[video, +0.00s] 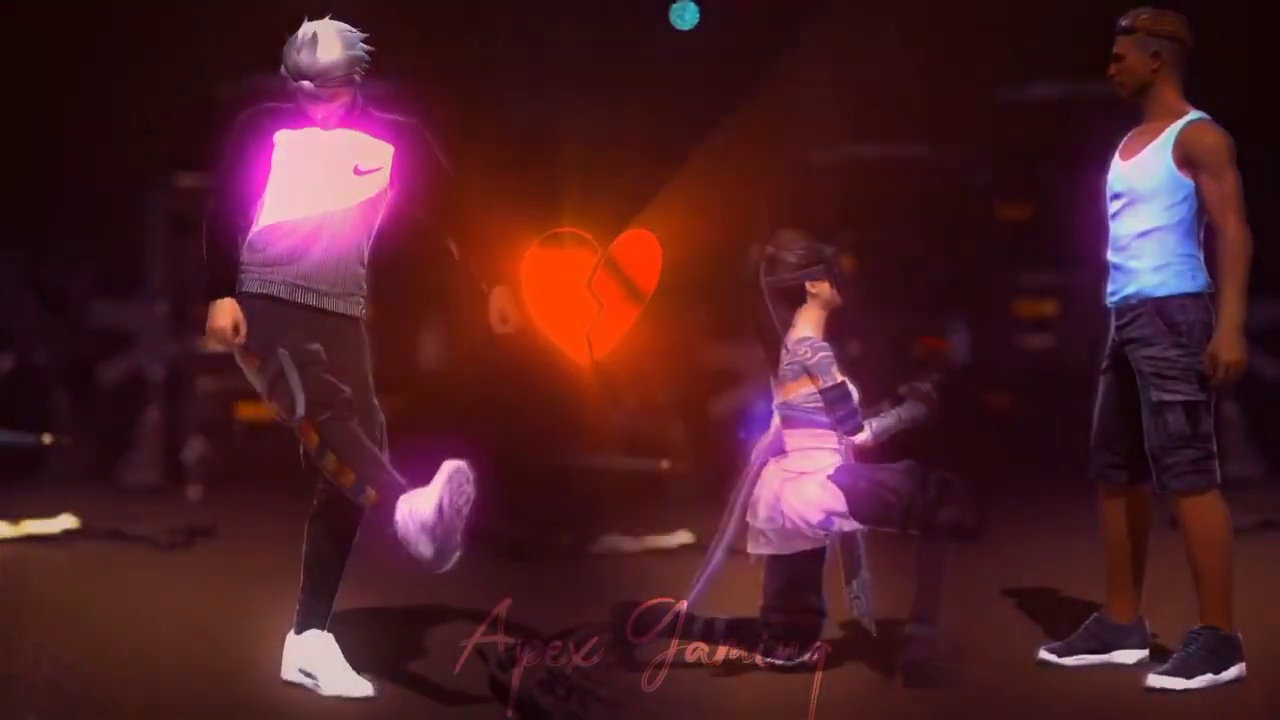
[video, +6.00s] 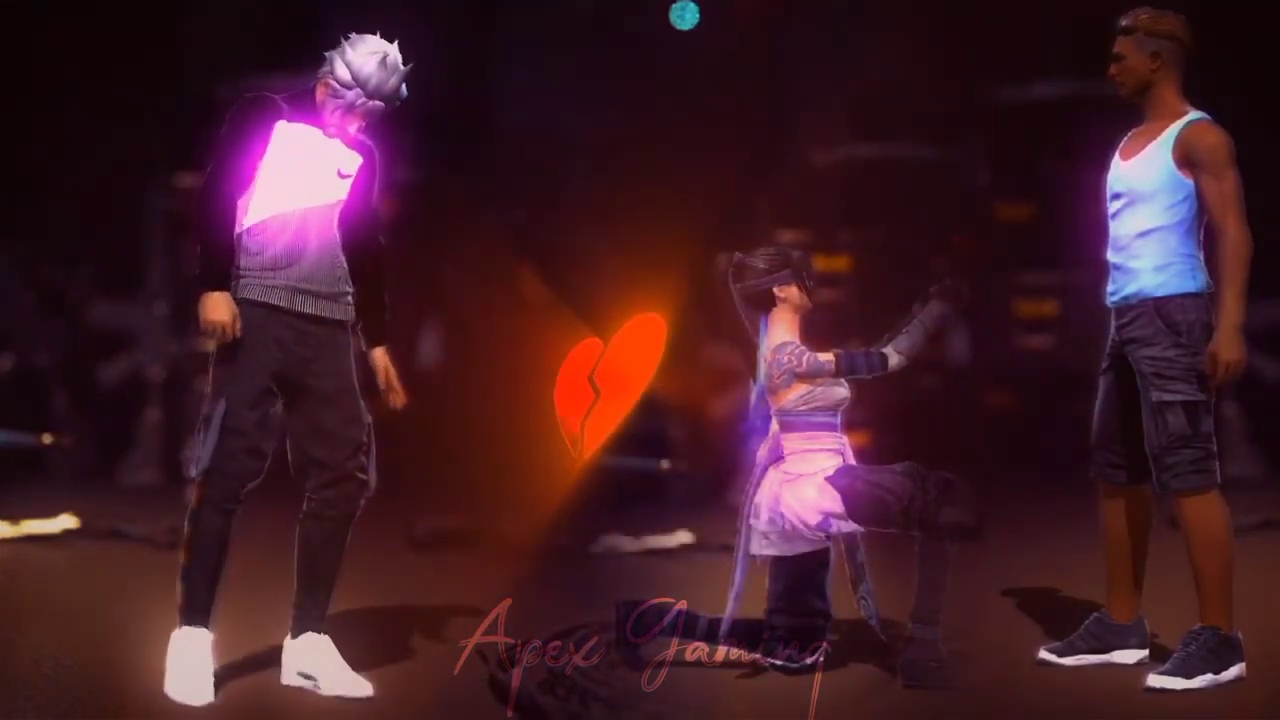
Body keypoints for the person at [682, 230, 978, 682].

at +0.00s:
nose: (836, 286)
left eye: (832, 278)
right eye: (828, 279)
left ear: (807, 290)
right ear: (811, 288)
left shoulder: (795, 346)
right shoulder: (812, 346)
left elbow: (846, 437)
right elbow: (852, 428)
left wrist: (904, 409)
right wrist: (908, 410)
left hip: (785, 488)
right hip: (812, 488)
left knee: (791, 638)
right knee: (939, 499)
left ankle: (670, 623)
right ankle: (923, 645)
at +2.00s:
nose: (815, 288)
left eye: (811, 280)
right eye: (808, 281)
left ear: (786, 293)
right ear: (788, 291)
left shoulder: (784, 350)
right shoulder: (794, 352)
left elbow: (862, 399)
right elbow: (879, 407)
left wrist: (902, 351)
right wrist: (920, 355)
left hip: (795, 480)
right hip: (810, 485)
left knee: (796, 637)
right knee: (942, 496)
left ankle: (678, 624)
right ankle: (924, 646)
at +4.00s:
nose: (811, 292)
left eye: (807, 283)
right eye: (803, 283)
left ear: (782, 294)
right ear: (782, 292)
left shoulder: (782, 351)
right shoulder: (789, 355)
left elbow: (878, 363)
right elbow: (888, 363)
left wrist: (923, 320)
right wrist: (934, 316)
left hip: (795, 484)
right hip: (809, 486)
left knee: (796, 644)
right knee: (944, 496)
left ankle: (676, 624)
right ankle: (923, 650)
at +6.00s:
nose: (808, 290)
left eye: (803, 282)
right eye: (800, 283)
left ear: (779, 293)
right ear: (780, 291)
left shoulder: (782, 350)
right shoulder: (787, 354)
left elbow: (879, 359)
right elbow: (885, 360)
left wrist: (928, 310)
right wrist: (938, 307)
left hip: (797, 484)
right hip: (809, 486)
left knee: (795, 645)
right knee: (942, 497)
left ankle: (675, 624)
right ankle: (923, 650)